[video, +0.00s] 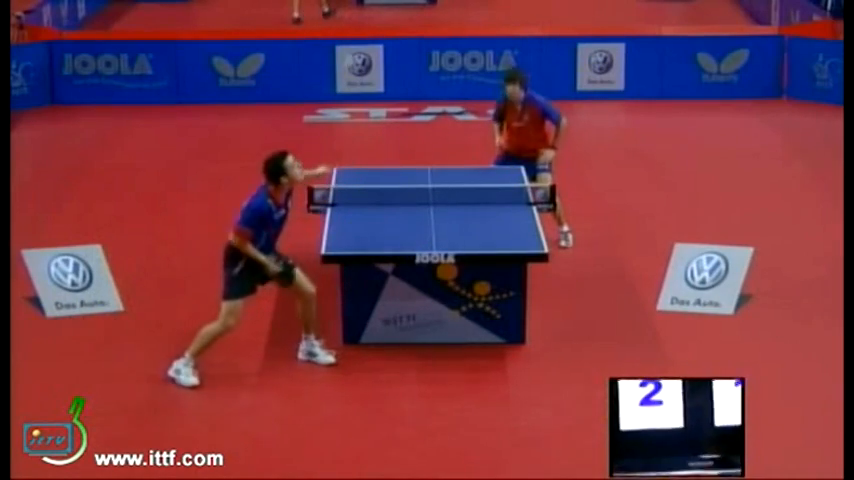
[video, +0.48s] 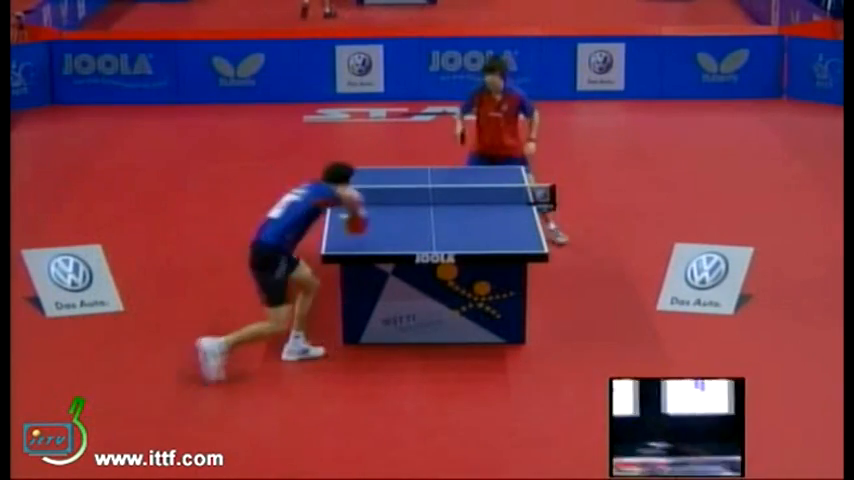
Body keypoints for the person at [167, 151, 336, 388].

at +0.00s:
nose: (301, 170)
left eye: (298, 166)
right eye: (295, 168)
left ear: (285, 180)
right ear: (282, 180)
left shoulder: (285, 190)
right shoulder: (259, 206)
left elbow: (297, 177)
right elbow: (238, 239)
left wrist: (315, 173)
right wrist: (267, 262)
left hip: (267, 252)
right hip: (242, 257)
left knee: (308, 292)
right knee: (228, 321)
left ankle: (309, 344)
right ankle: (184, 363)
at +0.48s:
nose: (348, 187)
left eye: (348, 184)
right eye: (347, 183)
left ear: (326, 177)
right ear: (339, 183)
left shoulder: (309, 189)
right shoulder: (321, 191)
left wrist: (353, 209)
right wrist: (355, 219)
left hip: (277, 252)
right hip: (268, 255)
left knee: (310, 285)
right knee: (278, 324)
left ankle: (296, 343)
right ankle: (218, 346)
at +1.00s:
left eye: (337, 178)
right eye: (354, 182)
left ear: (334, 181)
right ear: (358, 186)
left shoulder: (317, 205)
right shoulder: (361, 212)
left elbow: (286, 224)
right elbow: (383, 247)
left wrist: (309, 218)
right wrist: (392, 233)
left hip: (316, 276)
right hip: (352, 275)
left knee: (286, 315)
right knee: (392, 314)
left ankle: (272, 371)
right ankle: (411, 373)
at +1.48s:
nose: (284, 218)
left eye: (284, 213)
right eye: (283, 214)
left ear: (260, 214)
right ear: (274, 219)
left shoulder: (252, 229)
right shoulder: (247, 248)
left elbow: (275, 244)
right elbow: (239, 285)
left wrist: (307, 257)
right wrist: (262, 311)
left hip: (204, 291)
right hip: (220, 299)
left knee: (184, 333)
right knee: (288, 321)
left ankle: (133, 366)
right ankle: (280, 385)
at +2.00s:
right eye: (266, 186)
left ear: (244, 189)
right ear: (269, 190)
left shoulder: (227, 218)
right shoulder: (279, 218)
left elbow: (203, 255)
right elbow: (300, 261)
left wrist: (205, 283)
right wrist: (283, 251)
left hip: (235, 290)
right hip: (270, 290)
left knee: (207, 328)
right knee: (316, 318)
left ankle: (183, 374)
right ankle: (307, 381)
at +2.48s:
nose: (442, 251)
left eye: (442, 246)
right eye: (440, 247)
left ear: (419, 241)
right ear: (430, 248)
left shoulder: (403, 253)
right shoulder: (401, 274)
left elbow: (427, 255)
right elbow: (386, 316)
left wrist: (445, 260)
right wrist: (400, 353)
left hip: (354, 301)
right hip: (360, 312)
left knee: (359, 354)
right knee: (394, 374)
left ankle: (295, 376)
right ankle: (339, 429)